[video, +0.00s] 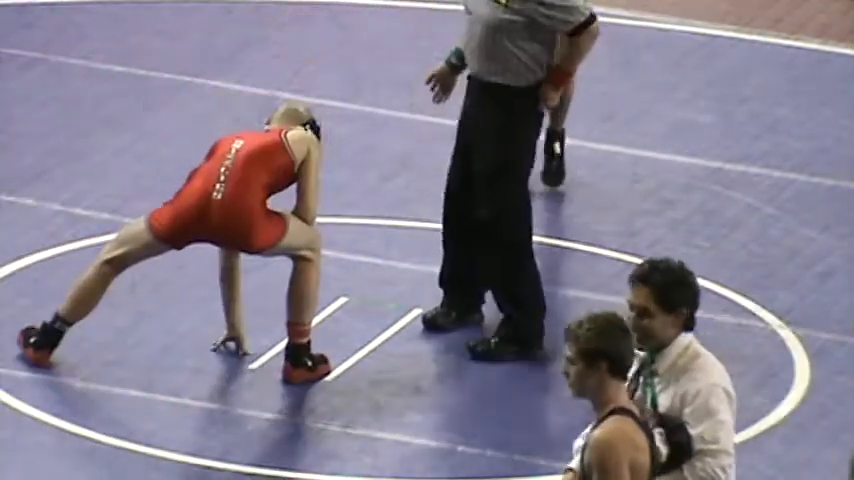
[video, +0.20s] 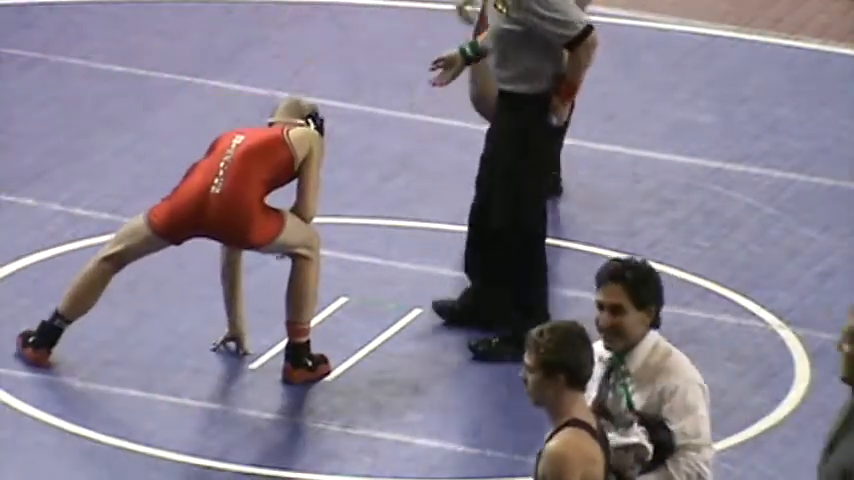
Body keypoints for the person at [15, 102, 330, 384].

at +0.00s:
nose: (314, 147)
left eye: (314, 142)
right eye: (316, 140)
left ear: (274, 123)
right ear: (308, 131)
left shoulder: (234, 143)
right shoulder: (307, 140)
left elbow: (229, 259)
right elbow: (307, 217)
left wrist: (235, 332)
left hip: (184, 216)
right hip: (243, 227)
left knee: (111, 260)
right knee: (310, 246)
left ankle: (46, 341)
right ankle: (299, 359)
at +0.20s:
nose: (319, 140)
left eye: (318, 135)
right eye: (320, 133)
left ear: (276, 120)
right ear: (311, 125)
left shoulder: (236, 139)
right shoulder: (310, 136)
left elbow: (231, 255)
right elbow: (306, 214)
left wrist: (236, 330)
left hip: (183, 209)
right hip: (240, 221)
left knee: (111, 257)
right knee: (309, 245)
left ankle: (43, 340)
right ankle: (299, 359)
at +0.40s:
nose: (317, 140)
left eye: (316, 134)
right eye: (319, 133)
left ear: (276, 119)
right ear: (311, 125)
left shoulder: (233, 137)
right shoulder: (309, 138)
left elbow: (232, 253)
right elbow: (302, 213)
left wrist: (236, 330)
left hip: (177, 210)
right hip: (235, 221)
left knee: (105, 255)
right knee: (307, 245)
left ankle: (34, 337)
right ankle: (299, 359)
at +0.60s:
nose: (313, 138)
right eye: (315, 131)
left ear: (270, 117)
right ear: (308, 123)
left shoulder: (229, 139)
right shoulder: (305, 137)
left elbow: (230, 251)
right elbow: (296, 214)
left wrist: (235, 328)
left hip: (174, 211)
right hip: (231, 220)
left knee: (101, 257)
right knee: (302, 243)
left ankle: (33, 339)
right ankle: (298, 359)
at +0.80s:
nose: (314, 132)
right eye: (315, 124)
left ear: (269, 113)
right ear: (308, 117)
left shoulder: (230, 138)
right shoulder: (306, 134)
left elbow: (230, 245)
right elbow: (297, 212)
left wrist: (235, 323)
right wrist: (272, 242)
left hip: (177, 210)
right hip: (234, 220)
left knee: (101, 257)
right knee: (304, 244)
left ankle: (31, 340)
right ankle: (298, 359)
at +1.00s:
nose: (316, 130)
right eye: (316, 121)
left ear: (269, 112)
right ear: (308, 116)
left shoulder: (231, 136)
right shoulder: (306, 133)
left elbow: (232, 247)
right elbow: (306, 213)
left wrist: (235, 323)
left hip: (181, 211)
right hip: (238, 218)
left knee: (105, 259)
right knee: (308, 243)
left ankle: (32, 340)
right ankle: (299, 359)